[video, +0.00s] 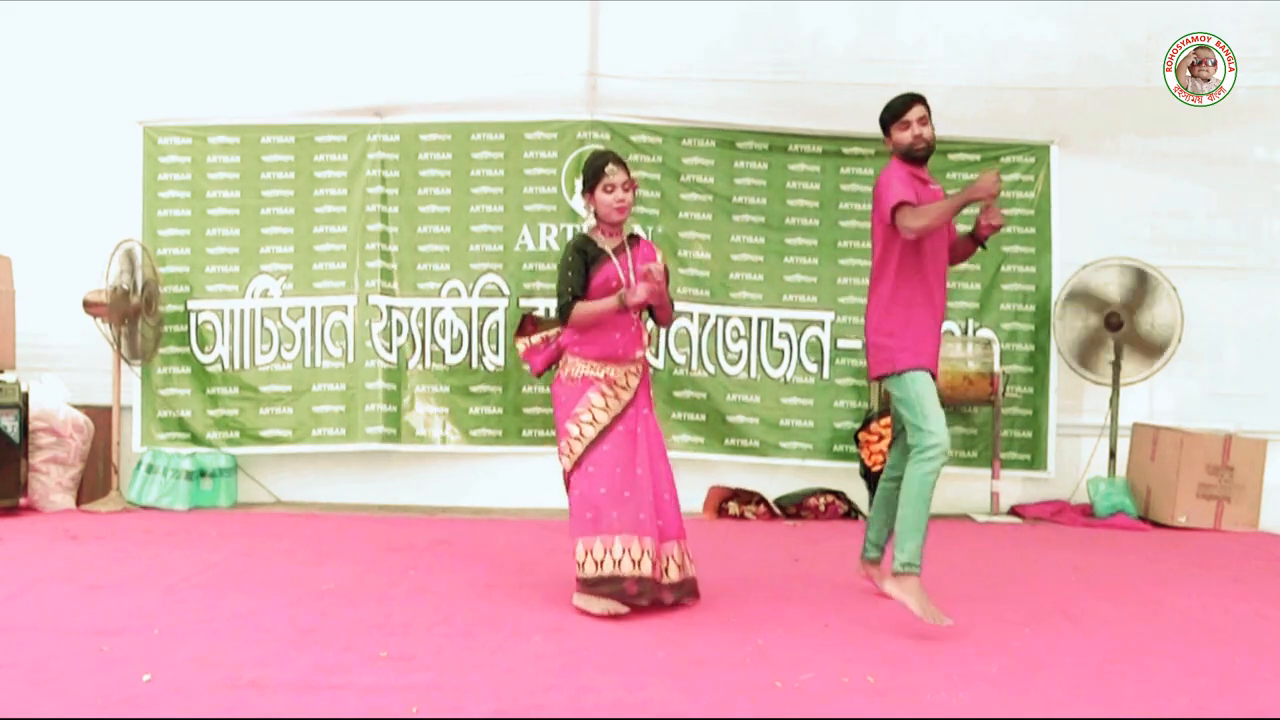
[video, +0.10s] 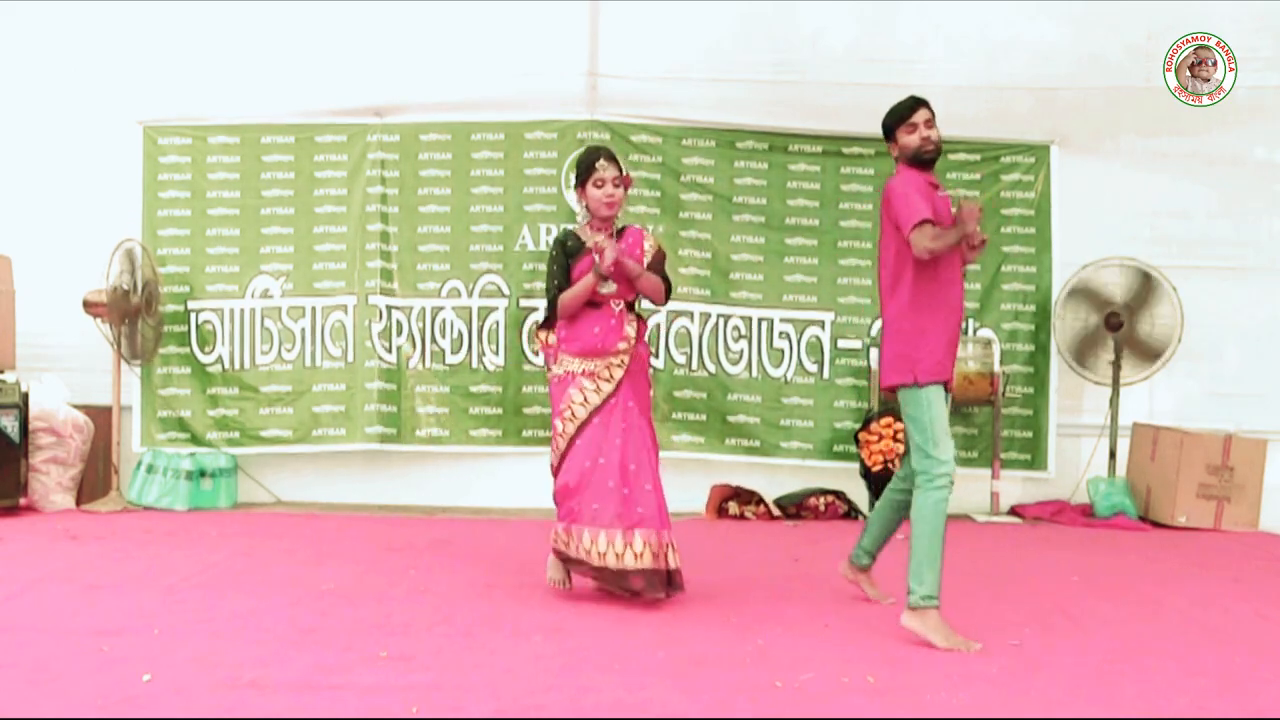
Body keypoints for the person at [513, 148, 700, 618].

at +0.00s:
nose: (621, 196)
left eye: (627, 187)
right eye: (610, 189)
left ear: (634, 192)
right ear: (589, 198)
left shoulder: (645, 250)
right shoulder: (580, 249)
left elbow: (666, 317)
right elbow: (569, 314)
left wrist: (659, 291)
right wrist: (621, 301)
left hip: (631, 374)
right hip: (585, 374)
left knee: (641, 471)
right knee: (597, 474)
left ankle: (643, 577)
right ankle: (595, 582)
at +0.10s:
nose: (610, 193)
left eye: (616, 184)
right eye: (599, 185)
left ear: (625, 189)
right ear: (581, 192)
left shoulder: (639, 241)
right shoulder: (567, 244)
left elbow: (662, 293)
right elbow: (559, 309)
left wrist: (626, 266)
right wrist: (594, 275)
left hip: (626, 359)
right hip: (576, 362)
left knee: (629, 453)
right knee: (583, 456)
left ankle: (635, 561)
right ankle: (565, 551)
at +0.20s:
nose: (604, 193)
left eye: (611, 184)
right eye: (593, 185)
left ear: (620, 189)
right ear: (576, 193)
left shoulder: (637, 242)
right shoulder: (560, 248)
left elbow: (654, 299)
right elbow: (543, 313)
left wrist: (615, 276)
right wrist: (576, 288)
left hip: (623, 363)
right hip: (572, 365)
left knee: (621, 455)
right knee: (570, 456)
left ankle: (616, 559)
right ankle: (557, 539)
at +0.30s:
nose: (596, 202)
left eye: (603, 194)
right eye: (585, 194)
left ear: (612, 200)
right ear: (568, 202)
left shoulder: (630, 255)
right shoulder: (552, 259)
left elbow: (661, 309)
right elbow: (526, 308)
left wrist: (634, 307)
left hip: (618, 378)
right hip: (566, 379)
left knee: (616, 466)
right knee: (571, 466)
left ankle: (620, 566)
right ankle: (578, 563)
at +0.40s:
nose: (592, 204)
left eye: (599, 196)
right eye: (582, 196)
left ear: (609, 203)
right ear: (565, 205)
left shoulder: (629, 256)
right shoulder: (549, 259)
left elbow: (662, 296)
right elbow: (510, 309)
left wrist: (681, 293)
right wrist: (476, 307)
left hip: (617, 376)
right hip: (564, 378)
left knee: (613, 464)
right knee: (565, 466)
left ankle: (609, 562)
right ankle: (569, 561)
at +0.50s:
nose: (593, 192)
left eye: (600, 183)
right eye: (582, 184)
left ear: (609, 189)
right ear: (565, 192)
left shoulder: (629, 241)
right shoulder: (551, 242)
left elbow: (667, 280)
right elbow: (502, 286)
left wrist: (707, 262)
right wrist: (467, 277)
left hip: (616, 367)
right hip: (565, 368)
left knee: (620, 459)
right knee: (570, 461)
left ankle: (609, 562)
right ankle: (572, 560)